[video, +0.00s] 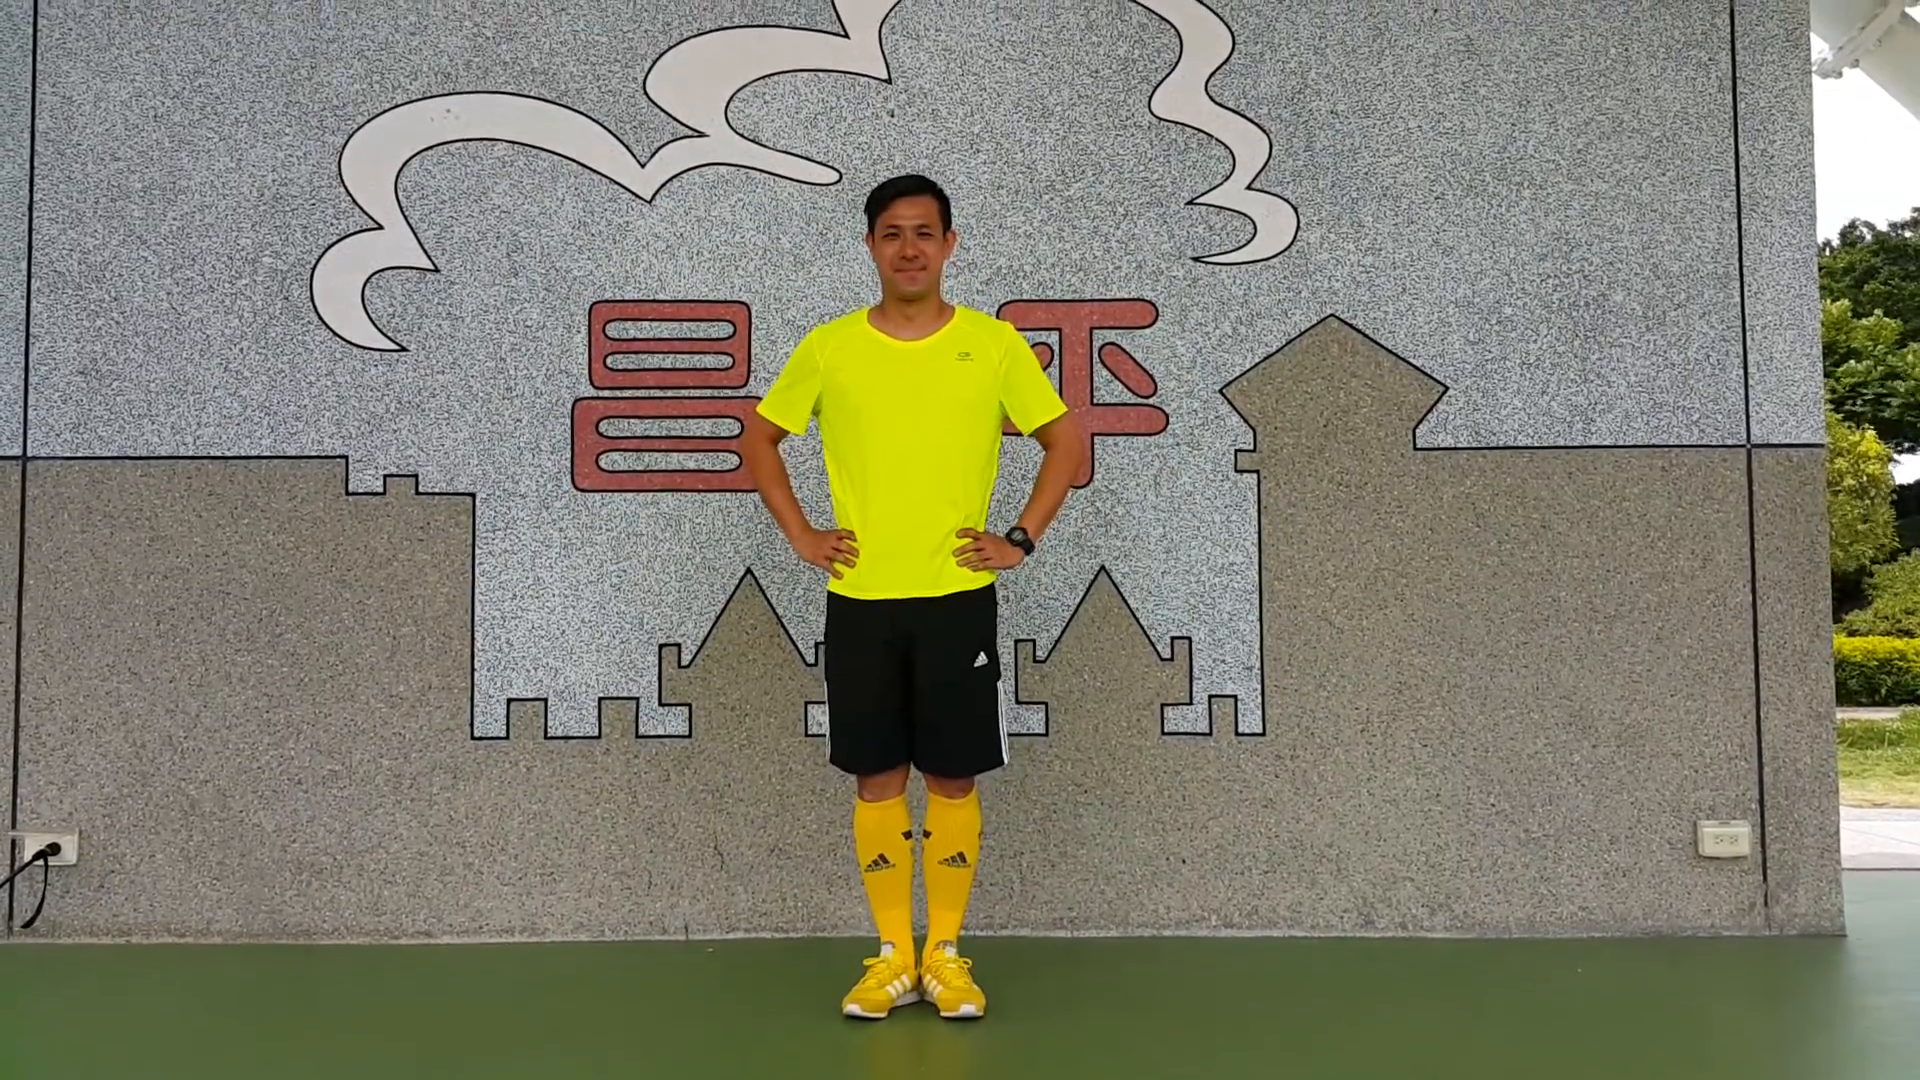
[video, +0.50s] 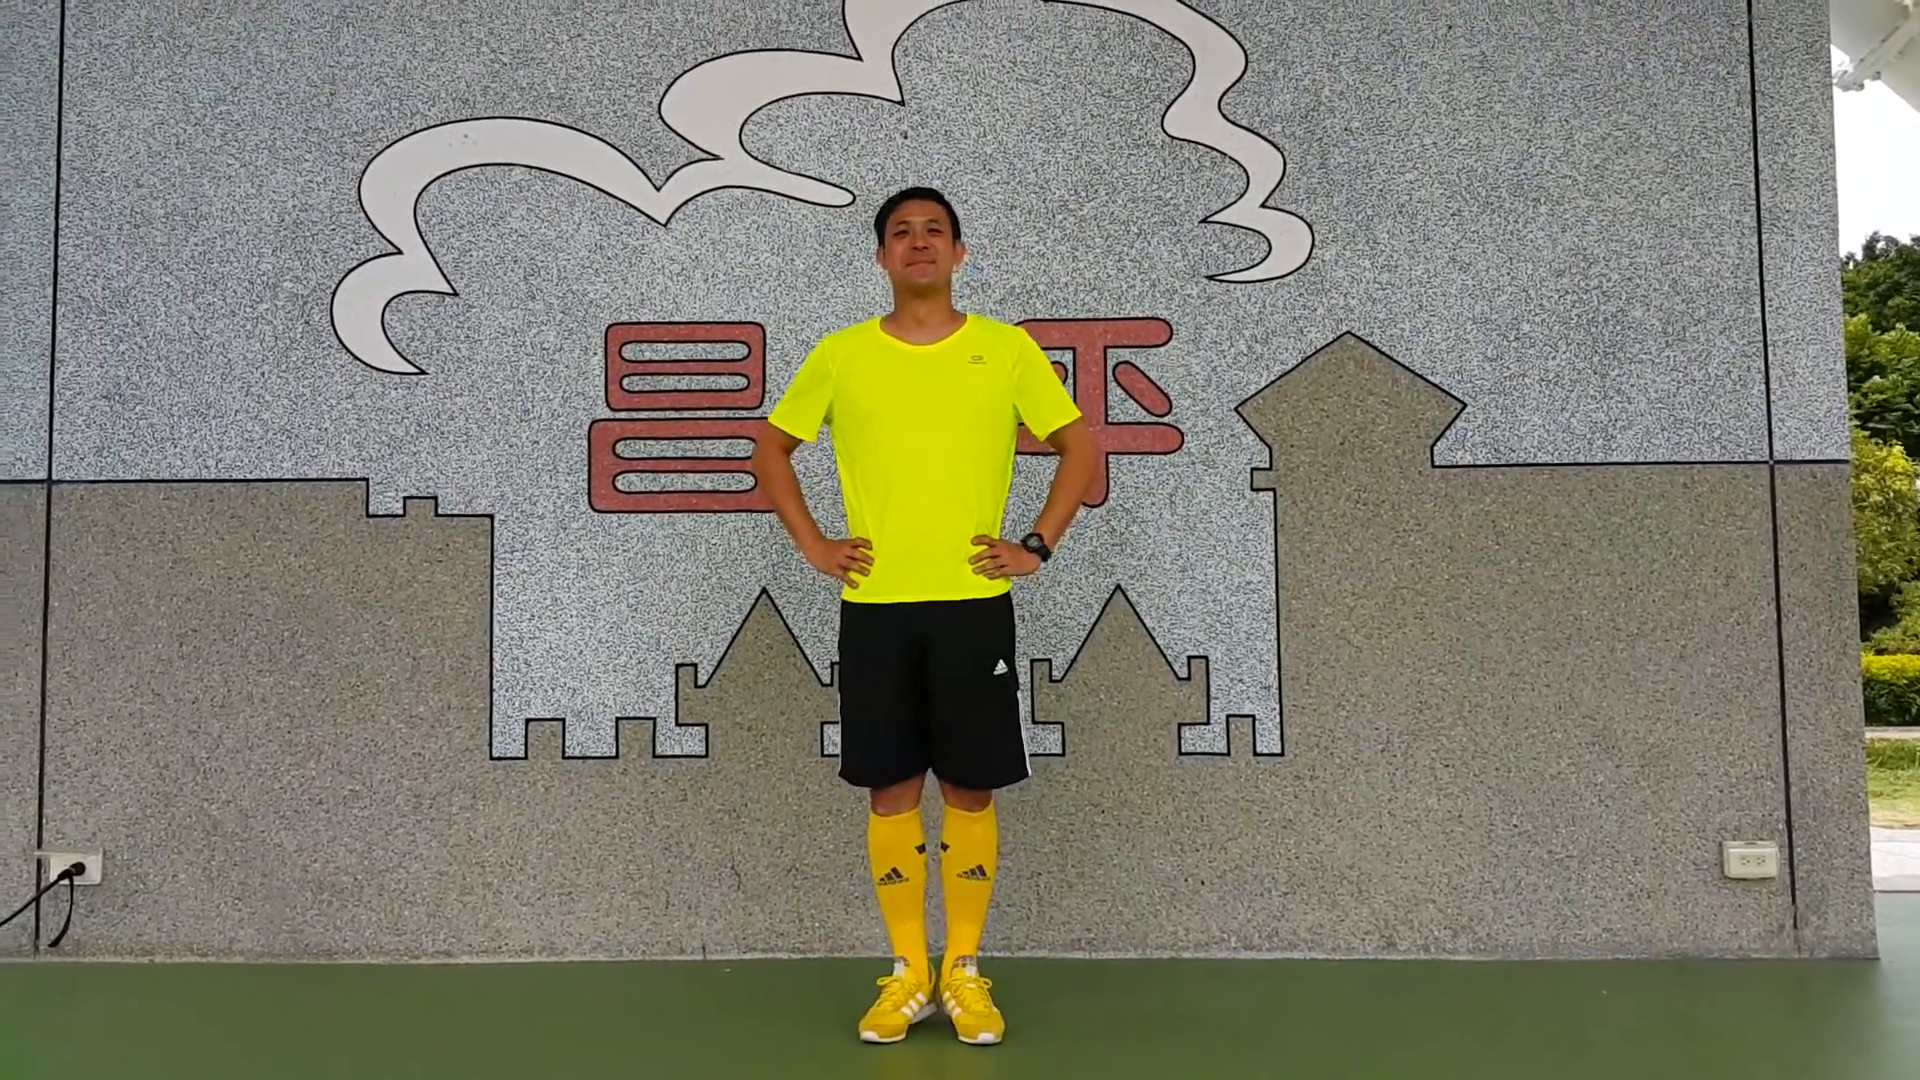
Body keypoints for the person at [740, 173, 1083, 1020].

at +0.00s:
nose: (909, 247)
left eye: (924, 233)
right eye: (893, 234)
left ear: (948, 246)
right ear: (872, 249)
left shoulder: (992, 342)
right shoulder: (831, 345)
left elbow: (1067, 439)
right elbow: (757, 438)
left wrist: (1021, 538)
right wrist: (800, 532)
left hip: (958, 591)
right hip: (862, 592)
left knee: (951, 774)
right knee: (877, 774)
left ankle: (943, 955)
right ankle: (895, 957)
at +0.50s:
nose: (919, 243)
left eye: (934, 232)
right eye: (902, 233)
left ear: (959, 253)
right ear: (881, 258)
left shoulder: (1007, 348)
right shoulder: (842, 354)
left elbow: (1083, 447)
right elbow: (768, 448)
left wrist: (1038, 544)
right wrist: (812, 543)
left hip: (973, 600)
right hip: (877, 602)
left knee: (968, 785)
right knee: (891, 787)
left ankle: (964, 971)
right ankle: (909, 974)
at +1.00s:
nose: (944, 280)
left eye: (960, 265)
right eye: (928, 267)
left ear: (984, 278)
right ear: (906, 282)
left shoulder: (1030, 373)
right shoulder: (865, 380)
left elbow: (1106, 469)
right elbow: (794, 474)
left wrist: (1061, 570)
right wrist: (838, 566)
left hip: (997, 624)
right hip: (900, 626)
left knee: (990, 809)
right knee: (918, 808)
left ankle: (983, 989)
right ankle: (934, 991)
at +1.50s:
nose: (949, 256)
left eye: (964, 244)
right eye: (933, 245)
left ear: (990, 266)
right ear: (911, 269)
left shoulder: (1034, 361)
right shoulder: (871, 365)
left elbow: (1110, 457)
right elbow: (797, 460)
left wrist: (1064, 556)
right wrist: (839, 553)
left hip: (999, 614)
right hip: (901, 615)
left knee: (992, 800)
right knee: (915, 799)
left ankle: (985, 985)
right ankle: (933, 986)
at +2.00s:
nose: (978, 271)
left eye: (991, 258)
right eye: (962, 259)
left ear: (1010, 274)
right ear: (933, 275)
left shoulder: (1047, 349)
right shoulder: (886, 354)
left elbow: (1121, 413)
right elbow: (782, 396)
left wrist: (1131, 499)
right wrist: (801, 462)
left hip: (1024, 603)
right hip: (925, 606)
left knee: (1022, 798)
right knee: (937, 801)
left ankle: (1014, 987)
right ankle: (956, 988)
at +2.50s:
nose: (1011, 301)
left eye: (1012, 291)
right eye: (994, 285)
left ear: (993, 309)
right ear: (957, 298)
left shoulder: (988, 377)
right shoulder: (938, 361)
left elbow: (1036, 292)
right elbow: (989, 246)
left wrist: (1086, 200)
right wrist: (1023, 125)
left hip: (991, 653)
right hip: (919, 641)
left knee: (1067, 812)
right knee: (823, 824)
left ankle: (1041, 994)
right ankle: (676, 974)